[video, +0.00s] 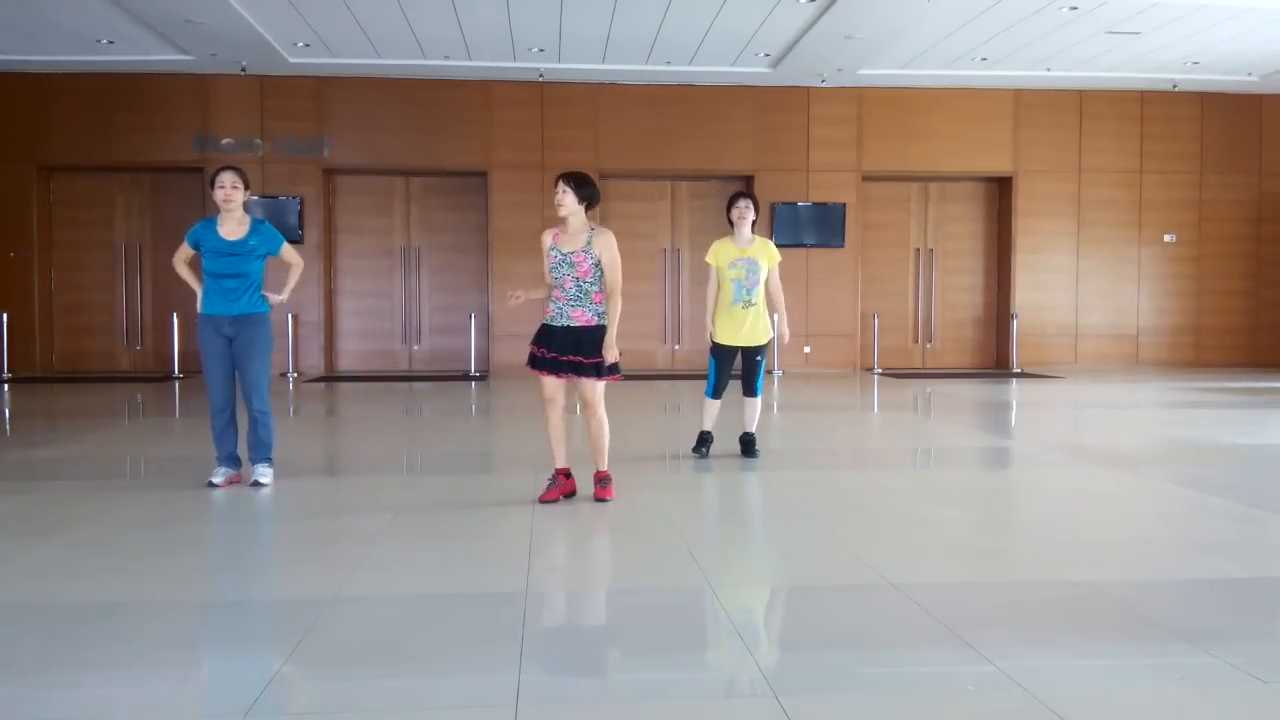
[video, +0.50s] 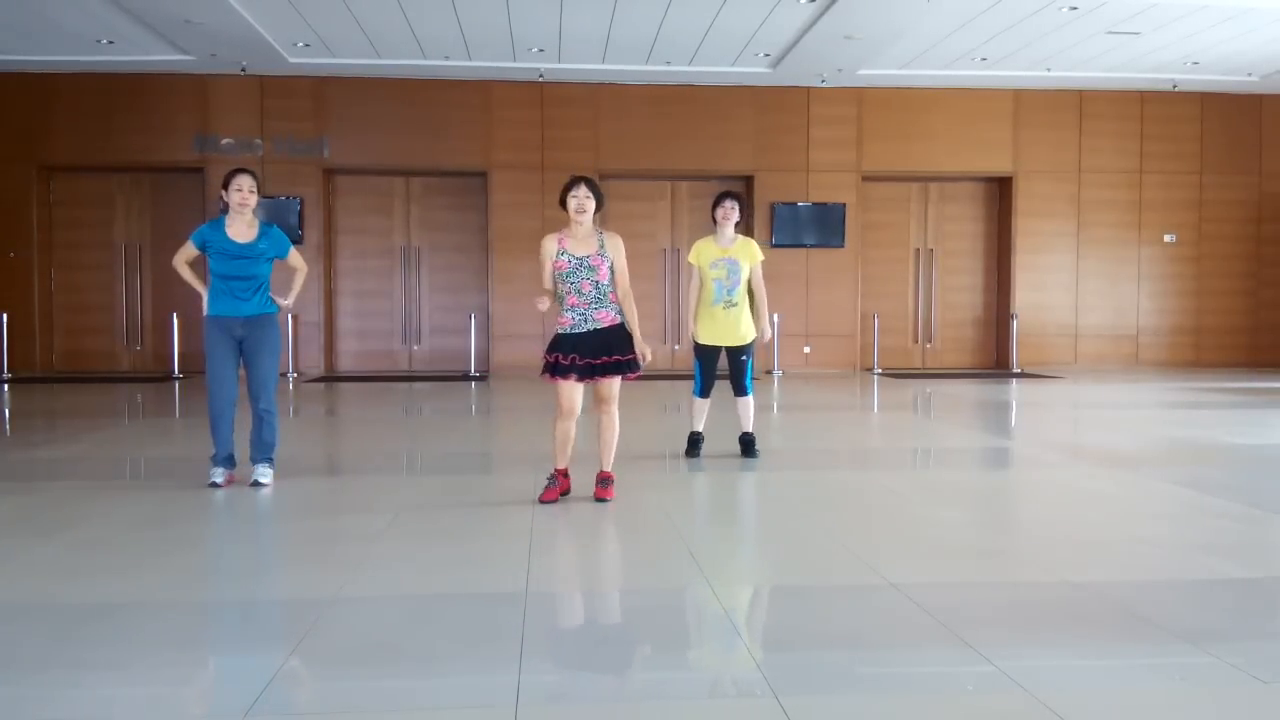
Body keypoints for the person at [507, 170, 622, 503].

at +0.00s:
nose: (557, 198)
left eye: (564, 193)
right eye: (556, 193)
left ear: (583, 199)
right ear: (556, 200)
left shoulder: (603, 239)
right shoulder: (550, 238)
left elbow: (614, 291)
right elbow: (551, 289)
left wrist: (611, 337)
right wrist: (527, 293)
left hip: (591, 332)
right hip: (554, 330)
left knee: (593, 406)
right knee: (552, 401)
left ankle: (602, 475)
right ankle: (562, 475)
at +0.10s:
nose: (561, 198)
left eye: (568, 193)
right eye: (560, 193)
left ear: (587, 198)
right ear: (559, 199)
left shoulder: (607, 238)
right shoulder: (553, 238)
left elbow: (619, 291)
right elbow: (553, 288)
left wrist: (617, 336)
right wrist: (528, 291)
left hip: (597, 332)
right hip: (559, 331)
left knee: (597, 406)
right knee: (555, 400)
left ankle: (603, 476)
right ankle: (565, 476)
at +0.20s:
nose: (568, 198)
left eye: (576, 193)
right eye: (565, 193)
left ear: (592, 199)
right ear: (561, 200)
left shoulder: (610, 238)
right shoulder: (555, 239)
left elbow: (624, 290)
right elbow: (554, 288)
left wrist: (624, 336)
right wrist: (529, 292)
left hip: (602, 331)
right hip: (564, 330)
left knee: (602, 404)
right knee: (557, 401)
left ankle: (605, 476)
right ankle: (566, 476)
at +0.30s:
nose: (576, 200)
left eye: (583, 195)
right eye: (570, 195)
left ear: (596, 201)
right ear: (564, 201)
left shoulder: (612, 239)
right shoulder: (555, 241)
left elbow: (626, 291)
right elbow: (555, 290)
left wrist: (631, 337)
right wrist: (534, 295)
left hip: (607, 332)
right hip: (568, 332)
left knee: (606, 405)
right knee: (560, 403)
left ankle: (605, 475)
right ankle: (566, 477)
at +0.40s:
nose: (580, 201)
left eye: (586, 196)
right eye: (574, 196)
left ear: (597, 202)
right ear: (565, 202)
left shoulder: (613, 240)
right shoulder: (553, 243)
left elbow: (626, 291)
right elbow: (553, 292)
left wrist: (635, 337)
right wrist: (540, 299)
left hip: (609, 334)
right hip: (569, 335)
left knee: (608, 406)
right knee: (564, 408)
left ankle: (606, 476)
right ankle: (565, 476)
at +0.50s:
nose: (581, 202)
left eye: (587, 197)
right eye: (575, 197)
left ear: (597, 204)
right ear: (565, 202)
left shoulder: (612, 242)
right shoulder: (551, 244)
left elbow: (624, 292)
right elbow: (549, 292)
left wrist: (637, 337)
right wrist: (547, 300)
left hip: (610, 335)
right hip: (570, 336)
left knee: (607, 405)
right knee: (567, 410)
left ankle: (605, 475)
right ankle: (560, 475)